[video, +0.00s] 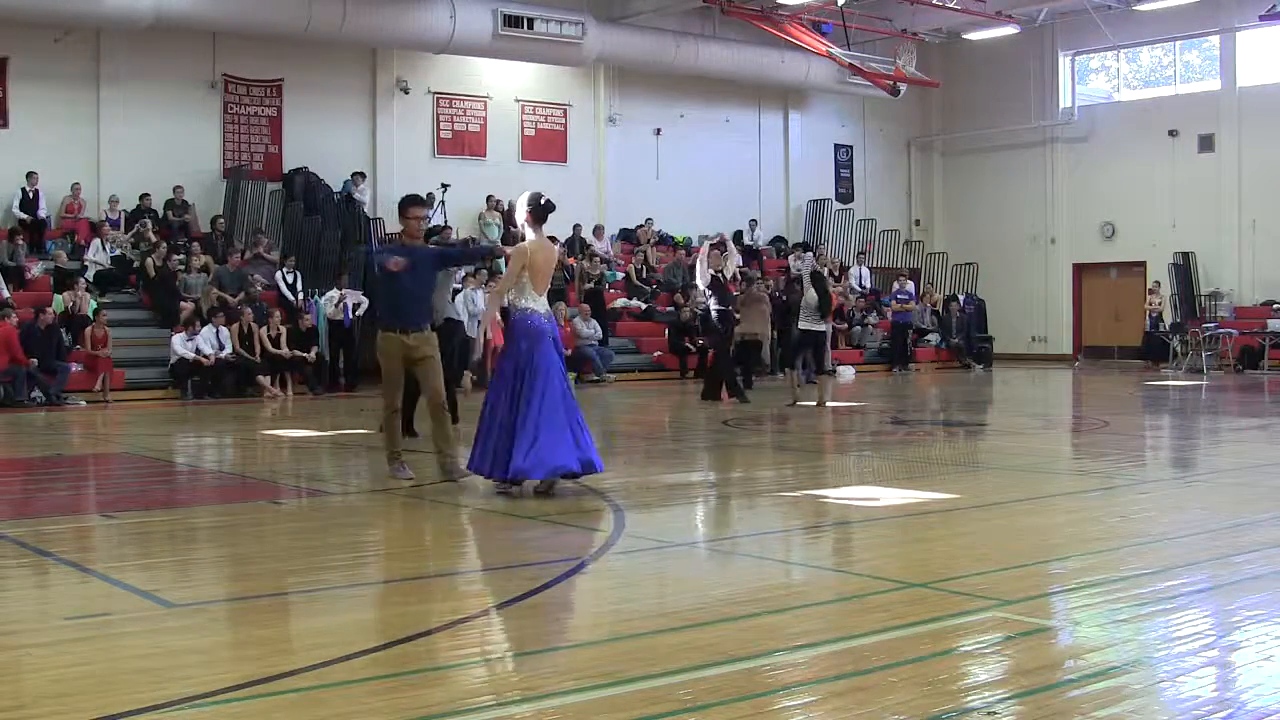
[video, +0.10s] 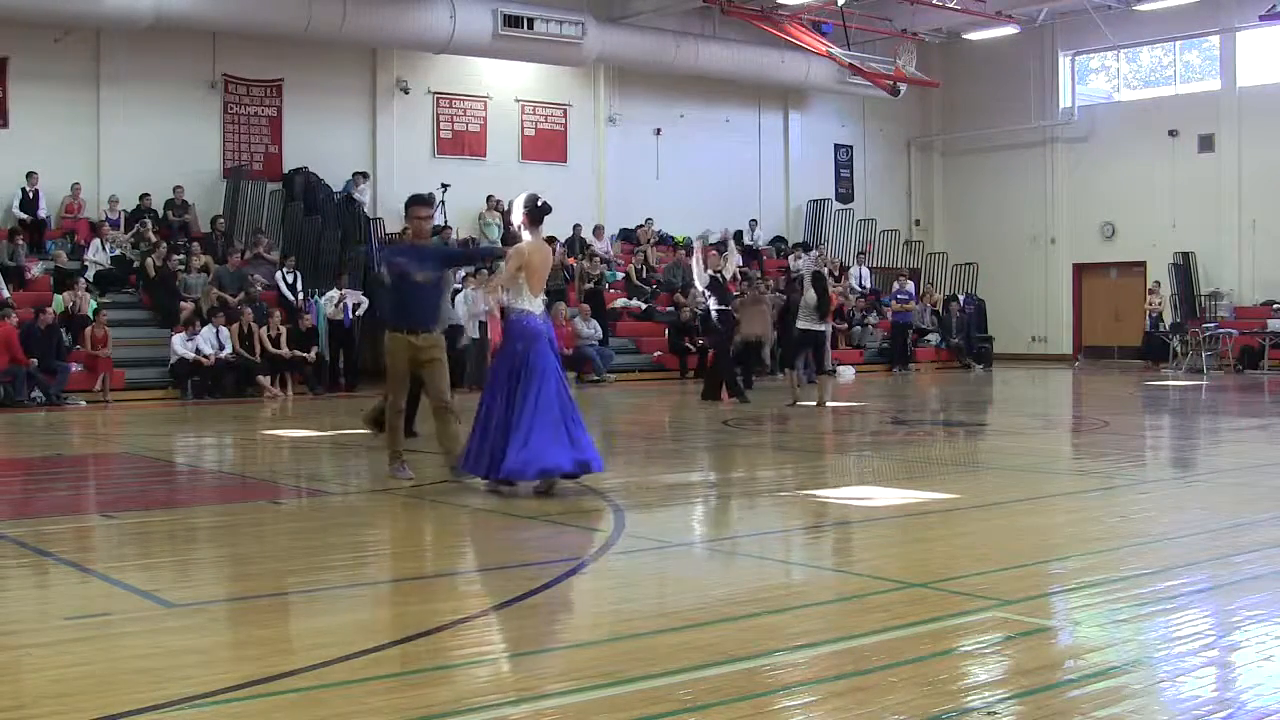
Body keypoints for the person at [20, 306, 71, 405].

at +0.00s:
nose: (52, 317)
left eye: (52, 314)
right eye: (49, 314)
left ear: (54, 315)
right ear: (41, 316)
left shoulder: (54, 329)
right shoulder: (28, 329)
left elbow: (60, 348)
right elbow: (24, 346)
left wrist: (61, 361)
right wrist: (28, 359)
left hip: (49, 360)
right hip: (34, 361)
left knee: (65, 367)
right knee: (31, 370)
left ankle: (54, 393)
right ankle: (51, 393)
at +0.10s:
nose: (52, 317)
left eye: (52, 314)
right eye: (49, 314)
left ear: (54, 315)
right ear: (41, 316)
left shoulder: (54, 329)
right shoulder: (28, 328)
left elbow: (60, 348)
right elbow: (24, 346)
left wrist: (61, 361)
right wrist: (28, 359)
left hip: (49, 360)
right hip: (34, 361)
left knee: (64, 367)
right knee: (31, 371)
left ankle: (54, 393)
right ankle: (51, 394)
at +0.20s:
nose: (53, 317)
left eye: (53, 314)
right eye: (50, 314)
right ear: (41, 316)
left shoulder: (54, 328)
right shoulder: (29, 327)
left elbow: (60, 347)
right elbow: (24, 345)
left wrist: (61, 359)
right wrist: (29, 358)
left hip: (50, 360)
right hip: (35, 360)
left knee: (64, 367)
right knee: (31, 371)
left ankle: (55, 394)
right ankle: (50, 394)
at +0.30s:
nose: (53, 317)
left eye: (53, 314)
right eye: (50, 314)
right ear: (41, 316)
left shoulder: (54, 328)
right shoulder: (29, 327)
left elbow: (60, 347)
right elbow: (24, 344)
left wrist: (61, 359)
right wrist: (29, 358)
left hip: (50, 360)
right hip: (35, 361)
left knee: (64, 367)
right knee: (31, 371)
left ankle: (55, 394)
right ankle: (50, 394)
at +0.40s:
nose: (53, 317)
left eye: (53, 314)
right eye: (50, 314)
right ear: (41, 316)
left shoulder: (54, 328)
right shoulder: (29, 327)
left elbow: (60, 347)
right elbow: (24, 344)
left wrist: (61, 359)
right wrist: (29, 358)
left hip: (50, 360)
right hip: (35, 361)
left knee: (64, 367)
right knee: (31, 371)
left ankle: (55, 394)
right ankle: (50, 394)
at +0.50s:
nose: (53, 317)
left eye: (53, 314)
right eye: (50, 314)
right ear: (41, 316)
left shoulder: (54, 328)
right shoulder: (29, 328)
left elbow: (60, 347)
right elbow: (24, 344)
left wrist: (61, 359)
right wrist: (29, 358)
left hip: (50, 360)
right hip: (35, 361)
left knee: (64, 367)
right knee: (31, 371)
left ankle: (55, 394)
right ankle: (50, 394)